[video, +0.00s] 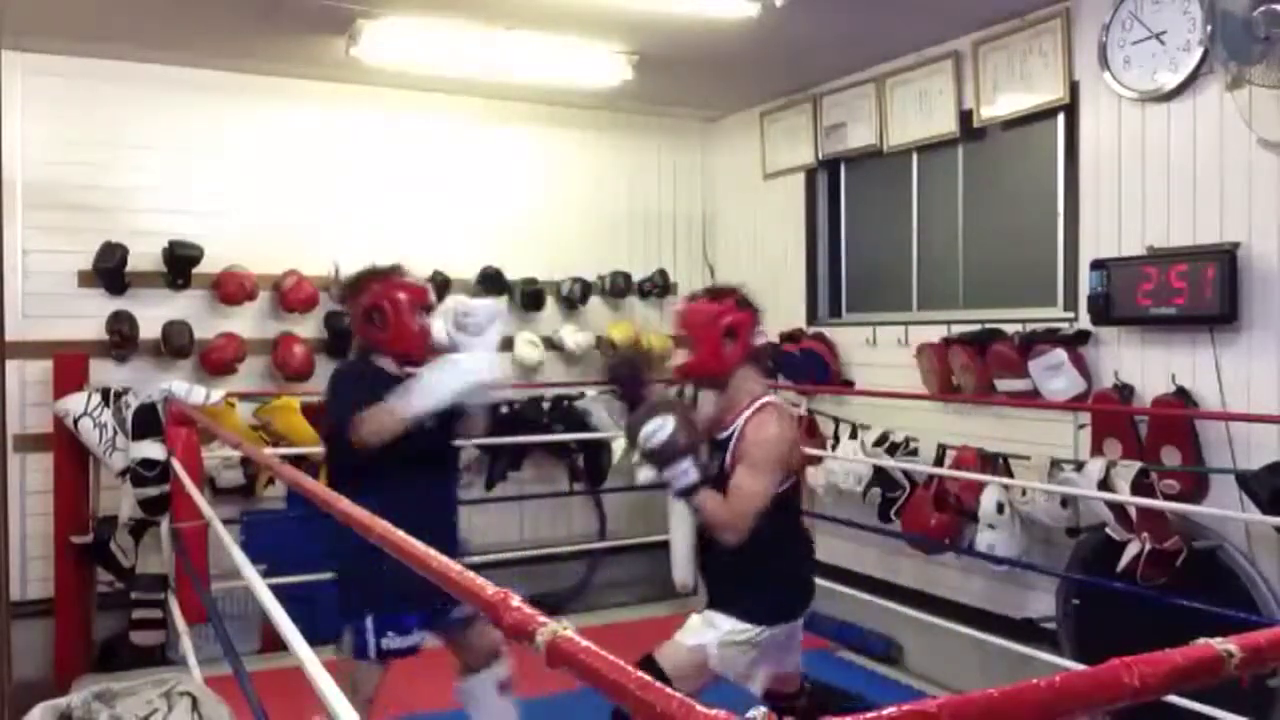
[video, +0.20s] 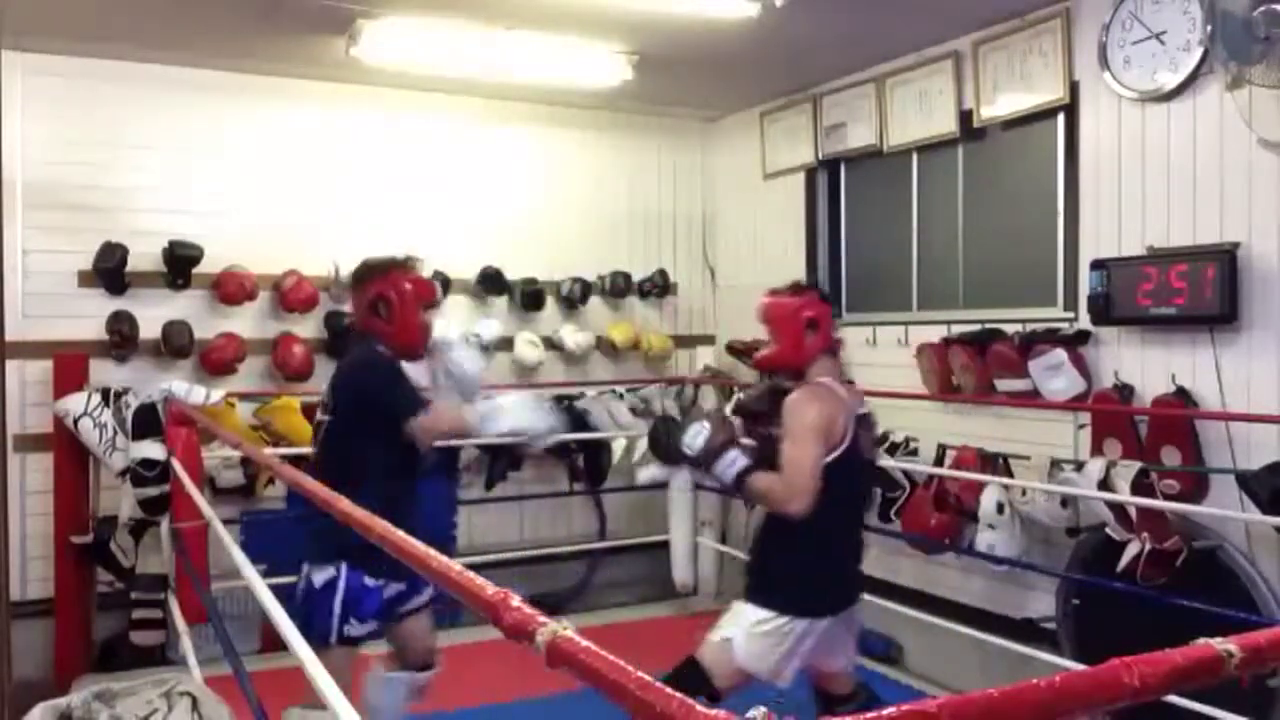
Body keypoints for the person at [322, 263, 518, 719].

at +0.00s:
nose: (424, 320)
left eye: (424, 309)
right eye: (411, 308)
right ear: (377, 319)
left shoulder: (426, 375)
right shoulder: (353, 378)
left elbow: (472, 431)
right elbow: (364, 432)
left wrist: (473, 355)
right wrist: (436, 384)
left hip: (434, 548)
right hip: (375, 556)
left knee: (483, 650)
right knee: (362, 681)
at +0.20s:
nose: (429, 321)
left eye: (428, 308)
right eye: (421, 308)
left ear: (385, 311)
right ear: (388, 309)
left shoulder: (383, 364)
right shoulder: (368, 366)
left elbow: (415, 420)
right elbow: (424, 425)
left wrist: (456, 393)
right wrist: (479, 413)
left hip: (394, 546)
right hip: (346, 550)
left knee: (418, 656)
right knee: (333, 684)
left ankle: (380, 712)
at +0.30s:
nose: (437, 347)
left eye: (436, 336)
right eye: (429, 336)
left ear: (394, 342)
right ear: (396, 341)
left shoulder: (404, 408)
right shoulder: (365, 402)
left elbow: (405, 476)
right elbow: (369, 482)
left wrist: (464, 463)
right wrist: (428, 452)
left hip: (382, 571)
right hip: (342, 572)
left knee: (369, 681)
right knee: (334, 694)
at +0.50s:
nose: (458, 333)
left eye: (458, 320)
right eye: (450, 320)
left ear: (420, 321)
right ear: (414, 320)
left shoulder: (421, 381)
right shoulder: (378, 381)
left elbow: (413, 458)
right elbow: (380, 465)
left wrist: (452, 458)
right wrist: (437, 417)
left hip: (407, 543)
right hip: (356, 548)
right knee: (321, 675)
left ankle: (364, 715)